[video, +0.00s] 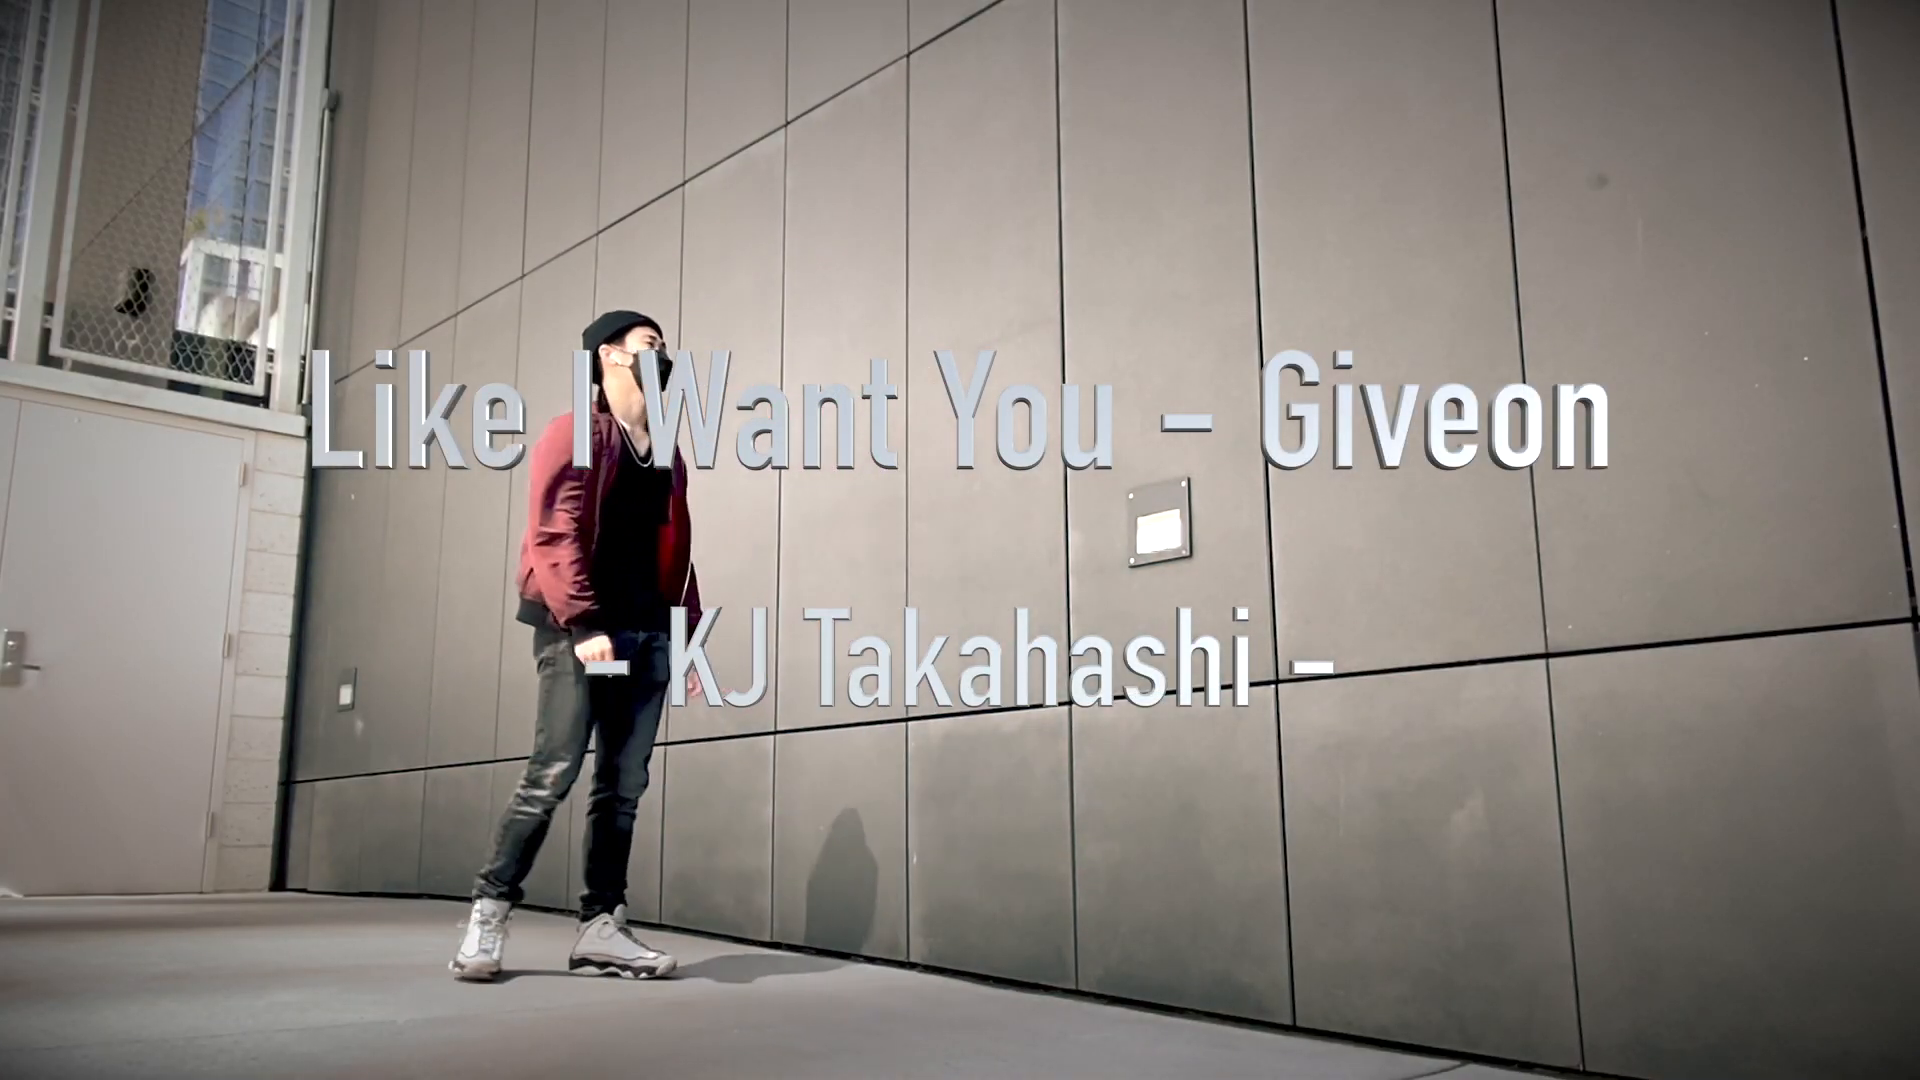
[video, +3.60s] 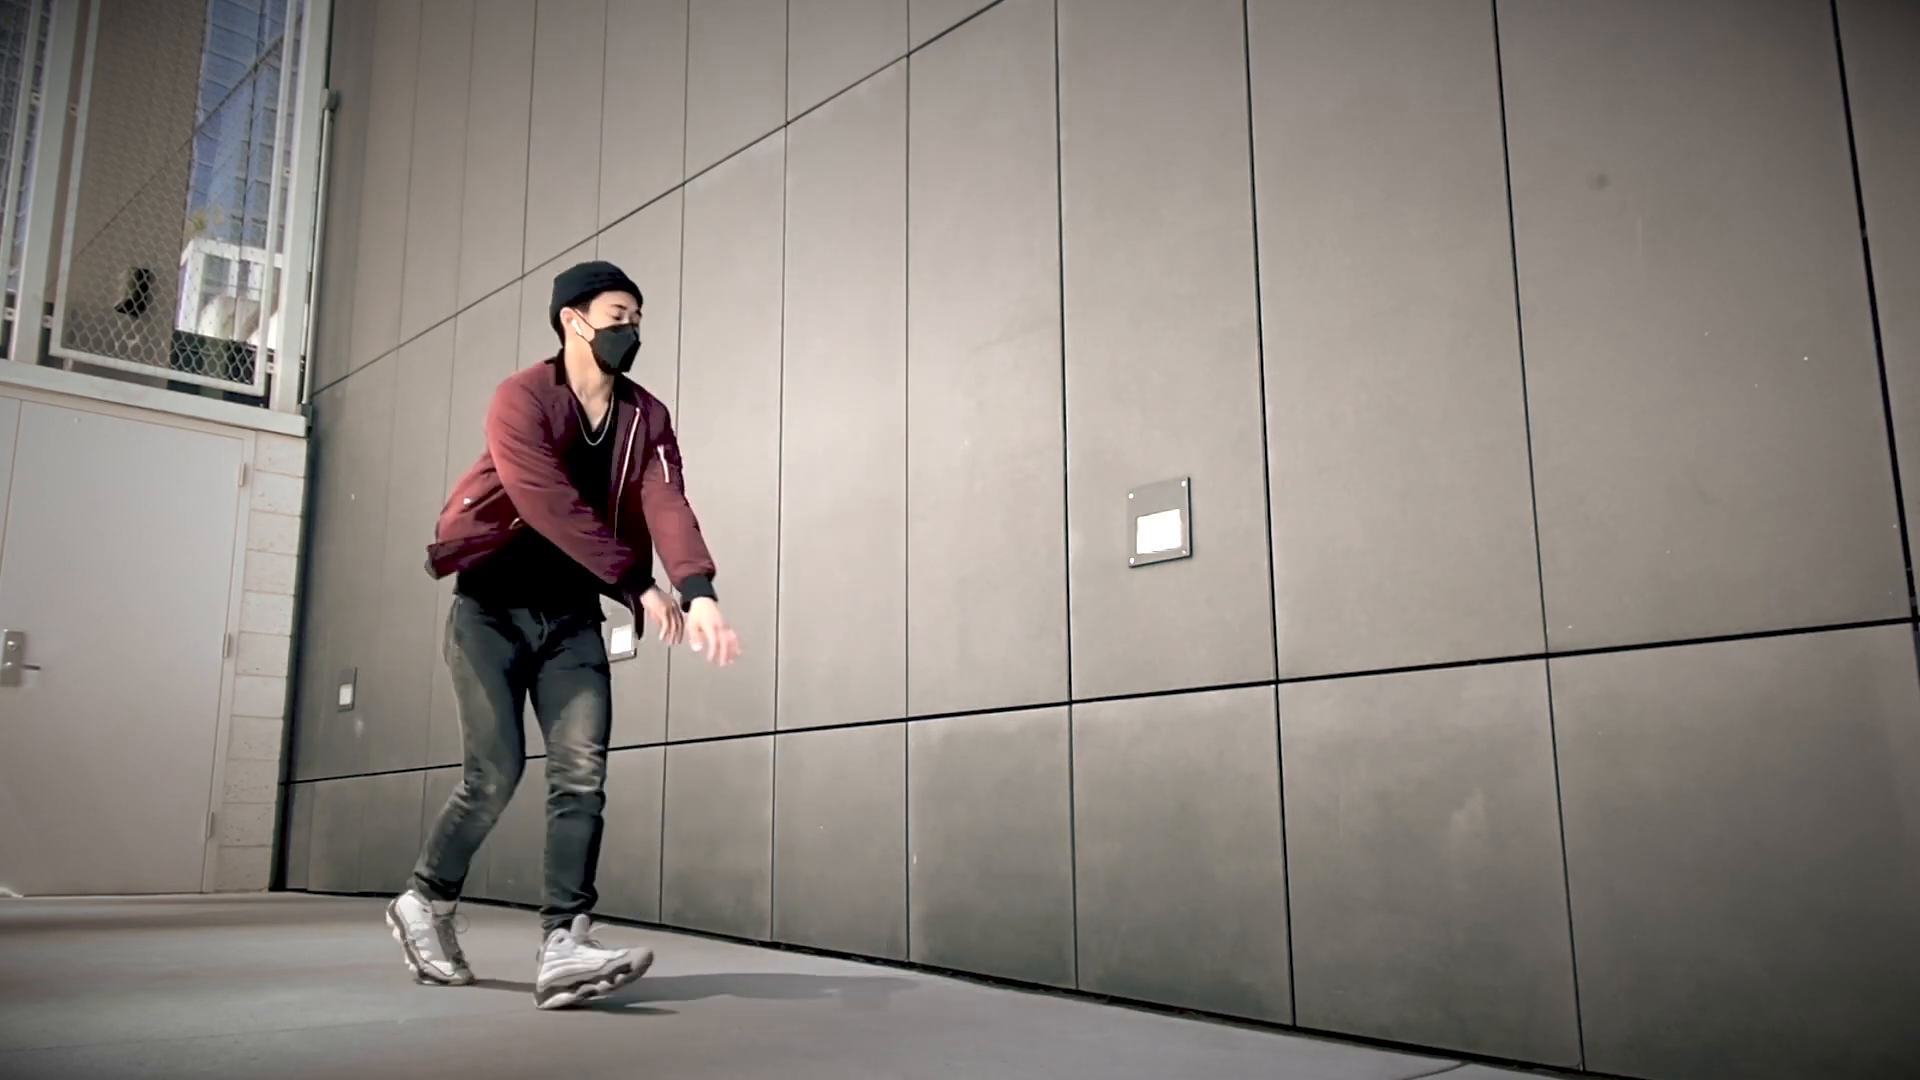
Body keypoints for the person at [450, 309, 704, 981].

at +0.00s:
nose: (655, 360)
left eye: (659, 352)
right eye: (643, 350)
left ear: (662, 363)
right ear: (608, 358)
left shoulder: (667, 448)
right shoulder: (574, 433)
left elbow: (674, 551)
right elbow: (551, 539)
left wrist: (686, 636)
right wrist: (582, 625)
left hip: (645, 628)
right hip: (574, 623)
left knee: (624, 785)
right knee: (555, 772)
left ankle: (599, 927)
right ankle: (488, 916)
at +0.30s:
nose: (608, 351)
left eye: (614, 343)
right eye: (594, 341)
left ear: (619, 361)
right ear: (558, 352)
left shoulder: (631, 447)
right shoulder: (519, 427)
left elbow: (651, 543)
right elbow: (480, 525)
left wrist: (651, 622)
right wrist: (504, 617)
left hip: (594, 633)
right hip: (515, 628)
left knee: (603, 783)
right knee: (501, 775)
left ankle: (597, 928)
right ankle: (479, 923)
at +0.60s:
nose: (564, 329)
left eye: (575, 325)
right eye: (548, 321)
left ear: (585, 352)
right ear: (518, 346)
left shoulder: (608, 443)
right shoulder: (476, 416)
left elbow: (620, 546)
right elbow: (420, 508)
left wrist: (618, 626)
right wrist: (386, 598)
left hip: (572, 623)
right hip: (488, 619)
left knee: (578, 772)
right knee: (485, 777)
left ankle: (562, 921)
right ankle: (477, 923)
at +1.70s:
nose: (651, 306)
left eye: (663, 300)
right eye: (635, 299)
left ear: (676, 327)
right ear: (606, 325)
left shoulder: (711, 422)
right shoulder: (570, 409)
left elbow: (731, 525)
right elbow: (533, 505)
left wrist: (731, 610)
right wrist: (506, 595)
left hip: (679, 623)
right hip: (590, 616)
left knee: (656, 786)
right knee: (545, 775)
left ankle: (630, 939)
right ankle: (485, 907)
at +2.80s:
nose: (740, 358)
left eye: (742, 349)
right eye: (727, 346)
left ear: (720, 357)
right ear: (682, 350)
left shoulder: (724, 433)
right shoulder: (643, 424)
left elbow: (752, 520)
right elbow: (592, 516)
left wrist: (764, 610)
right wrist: (608, 620)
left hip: (681, 636)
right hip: (618, 634)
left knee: (748, 778)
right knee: (631, 811)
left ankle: (646, 917)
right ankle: (506, 896)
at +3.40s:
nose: (670, 355)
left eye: (671, 346)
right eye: (657, 343)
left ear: (645, 354)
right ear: (610, 346)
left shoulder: (661, 443)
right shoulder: (564, 423)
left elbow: (705, 532)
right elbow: (594, 530)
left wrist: (774, 614)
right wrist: (663, 631)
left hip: (588, 639)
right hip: (515, 632)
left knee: (633, 788)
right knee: (543, 798)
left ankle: (585, 949)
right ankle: (433, 900)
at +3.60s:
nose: (631, 328)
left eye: (636, 319)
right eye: (616, 316)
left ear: (638, 330)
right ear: (571, 322)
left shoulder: (647, 417)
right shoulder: (521, 400)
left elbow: (667, 503)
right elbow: (548, 507)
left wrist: (697, 588)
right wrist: (635, 583)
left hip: (572, 612)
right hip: (490, 604)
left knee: (581, 770)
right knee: (493, 774)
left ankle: (565, 944)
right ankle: (423, 904)